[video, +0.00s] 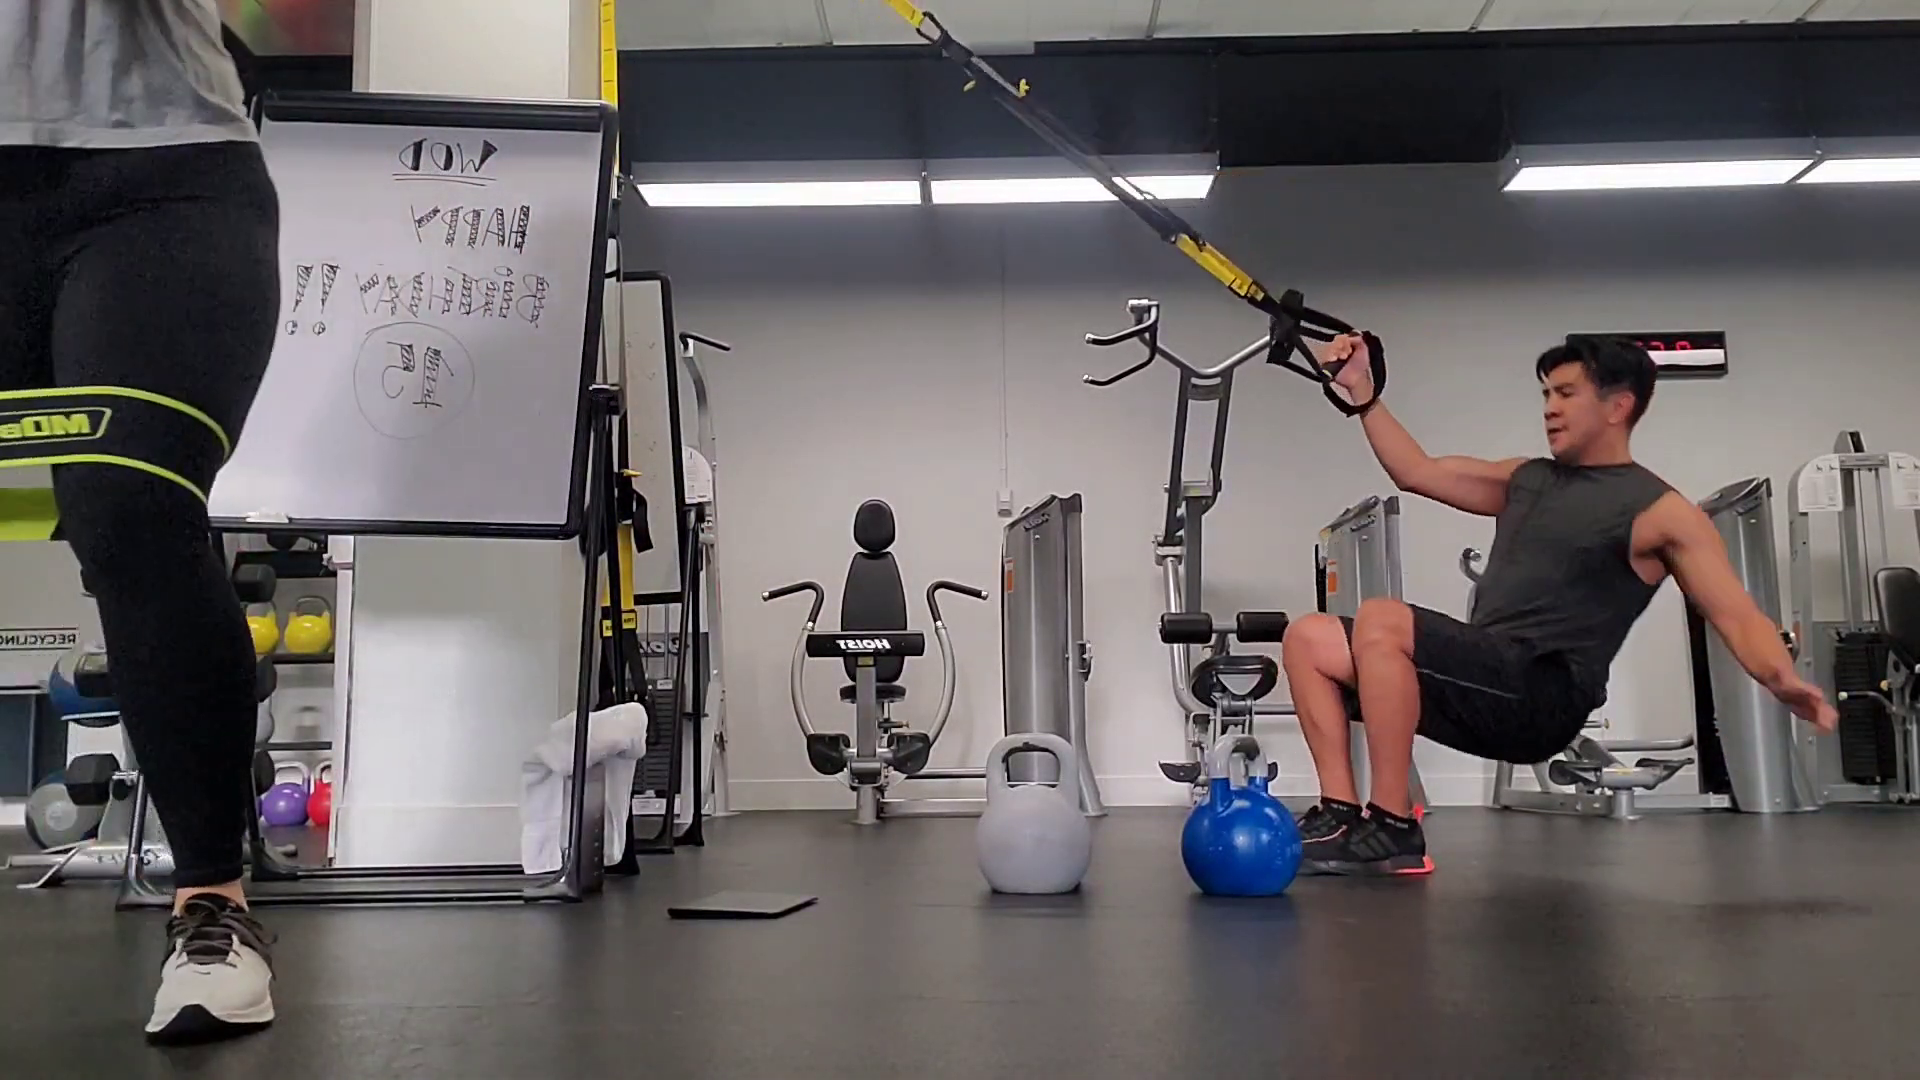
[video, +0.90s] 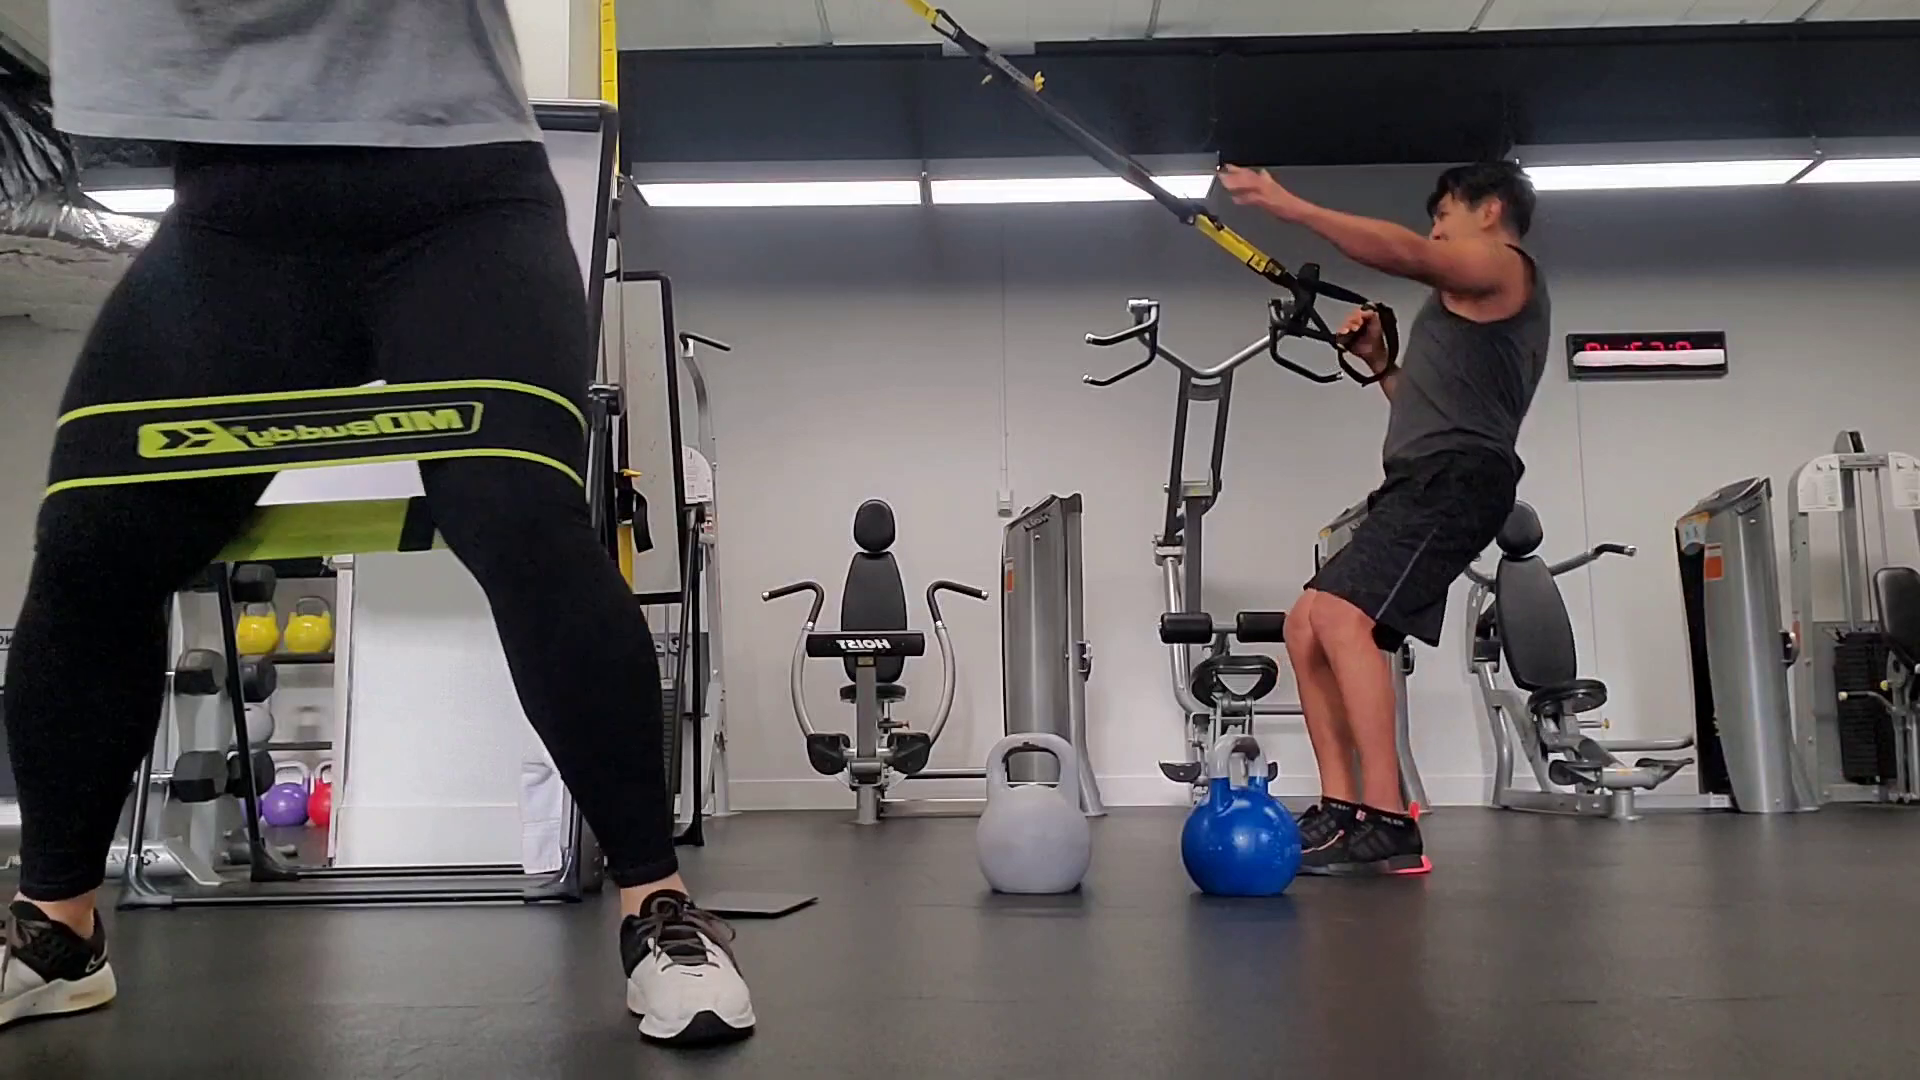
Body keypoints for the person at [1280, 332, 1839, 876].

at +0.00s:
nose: (1548, 410)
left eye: (1564, 394)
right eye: (1547, 397)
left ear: (1622, 404)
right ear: (1552, 407)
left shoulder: (1663, 510)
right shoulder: (1524, 479)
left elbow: (1734, 612)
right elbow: (1416, 470)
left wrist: (1780, 676)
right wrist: (1362, 397)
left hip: (1547, 695)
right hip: (1481, 682)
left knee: (1382, 620)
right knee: (1308, 639)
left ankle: (1395, 824)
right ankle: (1341, 811)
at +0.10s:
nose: (1577, 453)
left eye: (1593, 440)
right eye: (1575, 441)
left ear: (1652, 452)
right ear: (1573, 451)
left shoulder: (1692, 563)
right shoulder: (1543, 513)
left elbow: (1770, 675)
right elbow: (1427, 481)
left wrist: (1852, 741)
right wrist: (1361, 409)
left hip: (1559, 741)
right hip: (1478, 714)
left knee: (1426, 623)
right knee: (1330, 637)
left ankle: (1398, 823)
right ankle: (1342, 812)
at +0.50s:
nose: (1561, 454)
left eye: (1576, 439)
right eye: (1558, 443)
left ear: (1635, 444)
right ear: (1561, 453)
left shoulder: (1672, 555)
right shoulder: (1536, 514)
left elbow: (1726, 669)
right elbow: (1428, 484)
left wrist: (1787, 722)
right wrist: (1360, 414)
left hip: (1545, 719)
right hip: (1480, 707)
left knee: (1397, 620)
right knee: (1317, 640)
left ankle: (1396, 822)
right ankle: (1340, 809)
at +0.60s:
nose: (1536, 402)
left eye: (1550, 384)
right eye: (1533, 391)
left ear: (1605, 384)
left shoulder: (1637, 474)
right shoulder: (1527, 474)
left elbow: (1667, 579)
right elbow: (1428, 471)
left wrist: (1662, 593)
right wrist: (1367, 403)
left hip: (1533, 661)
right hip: (1474, 652)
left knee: (1363, 623)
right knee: (1297, 639)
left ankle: (1393, 821)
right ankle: (1338, 810)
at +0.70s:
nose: (1503, 339)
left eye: (1513, 322)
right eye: (1501, 329)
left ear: (1565, 321)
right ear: (1556, 327)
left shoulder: (1595, 390)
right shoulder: (1517, 413)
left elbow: (1586, 456)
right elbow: (1429, 454)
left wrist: (1519, 443)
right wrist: (1374, 389)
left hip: (1512, 588)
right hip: (1465, 584)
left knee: (1340, 624)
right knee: (1288, 637)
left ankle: (1392, 822)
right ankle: (1337, 810)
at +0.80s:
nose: (1470, 283)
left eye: (1478, 267)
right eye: (1468, 273)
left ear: (1529, 259)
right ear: (1519, 266)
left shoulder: (1555, 322)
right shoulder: (1494, 354)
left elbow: (1492, 337)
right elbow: (1435, 443)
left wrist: (1394, 304)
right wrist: (1378, 375)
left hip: (1485, 525)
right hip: (1442, 526)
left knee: (1337, 624)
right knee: (1291, 632)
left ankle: (1391, 819)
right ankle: (1338, 807)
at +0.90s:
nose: (1434, 229)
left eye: (1443, 213)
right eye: (1435, 218)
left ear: (1491, 208)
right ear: (1488, 212)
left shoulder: (1505, 264)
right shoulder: (1467, 293)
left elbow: (1408, 255)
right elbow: (1428, 416)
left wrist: (1293, 206)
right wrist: (1381, 363)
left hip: (1459, 473)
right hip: (1419, 476)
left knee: (1342, 618)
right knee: (1304, 623)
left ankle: (1389, 819)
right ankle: (1342, 807)